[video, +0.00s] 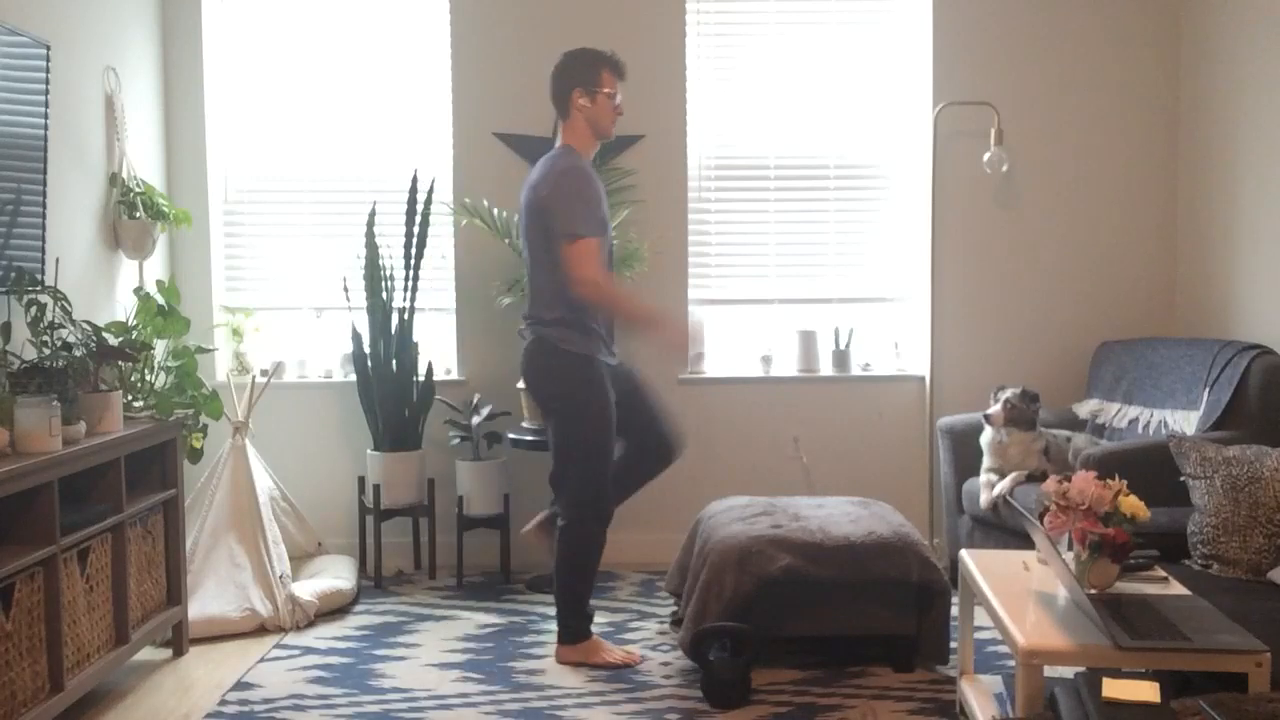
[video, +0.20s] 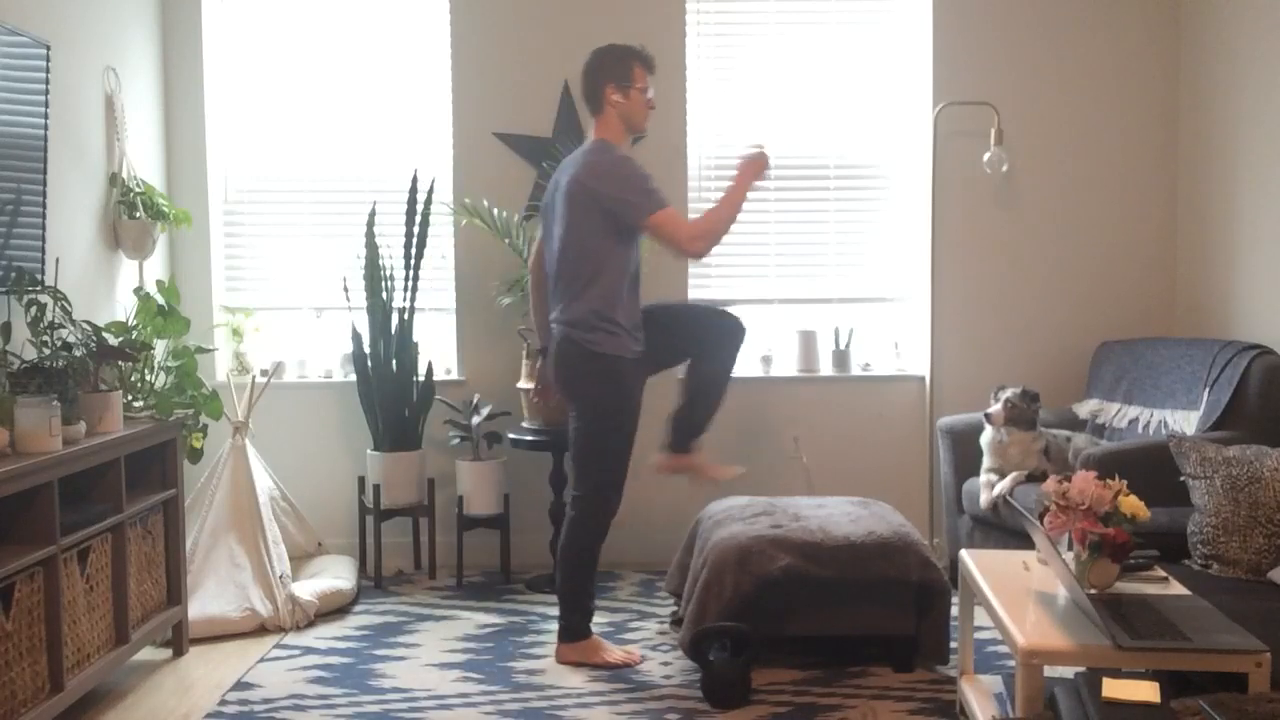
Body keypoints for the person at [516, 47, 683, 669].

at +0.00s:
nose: (619, 108)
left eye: (619, 97)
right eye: (612, 97)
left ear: (580, 102)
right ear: (580, 101)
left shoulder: (563, 170)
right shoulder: (568, 173)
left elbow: (575, 280)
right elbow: (584, 278)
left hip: (583, 352)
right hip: (565, 353)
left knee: (657, 444)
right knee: (586, 493)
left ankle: (561, 524)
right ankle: (574, 639)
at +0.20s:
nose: (653, 104)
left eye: (651, 93)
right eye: (646, 93)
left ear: (606, 99)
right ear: (614, 96)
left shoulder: (569, 169)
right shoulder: (607, 164)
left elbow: (541, 266)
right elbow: (693, 241)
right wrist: (744, 180)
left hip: (598, 334)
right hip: (598, 347)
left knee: (721, 328)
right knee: (594, 498)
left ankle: (683, 448)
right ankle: (574, 638)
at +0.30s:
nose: (674, 105)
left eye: (671, 94)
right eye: (666, 95)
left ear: (627, 104)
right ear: (635, 100)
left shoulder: (591, 170)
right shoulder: (630, 167)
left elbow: (554, 268)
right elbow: (723, 232)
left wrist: (554, 356)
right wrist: (740, 158)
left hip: (605, 336)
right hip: (615, 351)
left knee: (736, 315)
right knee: (604, 503)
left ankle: (726, 442)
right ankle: (575, 638)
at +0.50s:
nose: (721, 116)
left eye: (718, 105)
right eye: (713, 106)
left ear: (677, 115)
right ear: (682, 112)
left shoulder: (644, 180)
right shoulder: (673, 179)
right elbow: (762, 244)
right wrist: (763, 174)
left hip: (656, 350)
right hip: (643, 360)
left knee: (769, 374)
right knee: (651, 508)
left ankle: (737, 497)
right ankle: (579, 634)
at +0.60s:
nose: (745, 101)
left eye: (742, 90)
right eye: (737, 91)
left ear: (705, 101)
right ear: (709, 98)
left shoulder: (679, 166)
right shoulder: (699, 166)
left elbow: (758, 239)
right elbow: (773, 240)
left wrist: (774, 203)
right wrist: (791, 178)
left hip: (677, 342)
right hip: (665, 348)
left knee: (784, 387)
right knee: (648, 499)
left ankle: (739, 510)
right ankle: (581, 630)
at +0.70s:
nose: (762, 67)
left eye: (758, 56)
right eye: (753, 56)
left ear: (716, 68)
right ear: (723, 64)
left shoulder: (692, 135)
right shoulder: (722, 128)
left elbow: (720, 225)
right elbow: (735, 214)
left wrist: (780, 210)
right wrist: (806, 202)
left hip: (697, 314)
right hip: (689, 316)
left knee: (781, 400)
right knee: (678, 455)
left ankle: (742, 535)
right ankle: (614, 593)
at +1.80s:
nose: (771, 94)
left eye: (770, 84)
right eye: (765, 83)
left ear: (731, 86)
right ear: (737, 86)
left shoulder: (714, 150)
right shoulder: (716, 149)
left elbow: (774, 223)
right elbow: (784, 223)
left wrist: (821, 196)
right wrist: (839, 182)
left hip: (707, 330)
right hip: (684, 332)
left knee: (794, 404)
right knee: (664, 470)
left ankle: (741, 525)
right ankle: (622, 606)